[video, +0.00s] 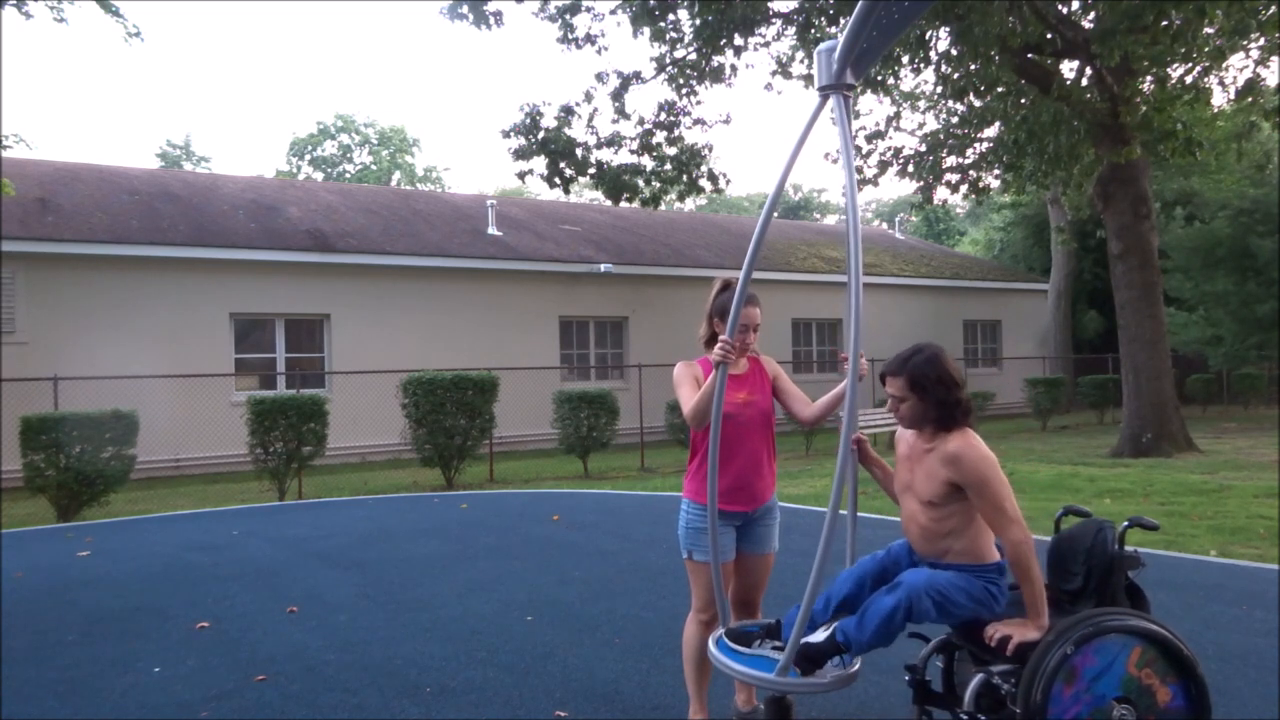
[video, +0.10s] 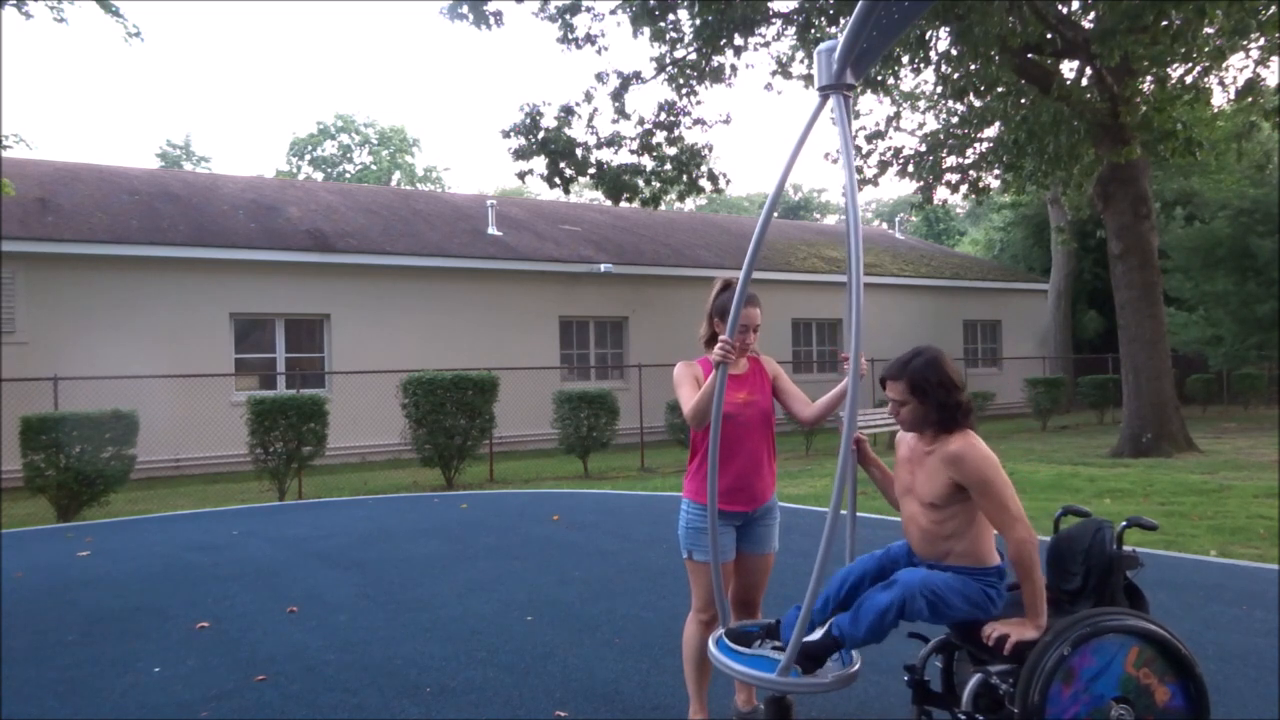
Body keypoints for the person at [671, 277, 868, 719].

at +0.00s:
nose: (748, 337)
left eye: (754, 329)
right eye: (740, 328)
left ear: (759, 326)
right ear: (716, 325)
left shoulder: (764, 365)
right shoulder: (690, 369)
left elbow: (809, 413)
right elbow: (695, 417)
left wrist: (848, 379)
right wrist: (719, 370)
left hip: (760, 507)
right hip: (707, 508)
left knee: (748, 608)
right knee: (706, 614)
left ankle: (745, 696)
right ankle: (697, 708)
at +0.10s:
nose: (748, 337)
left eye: (755, 329)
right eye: (740, 328)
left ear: (760, 327)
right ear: (716, 325)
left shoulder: (764, 365)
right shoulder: (690, 369)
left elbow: (808, 413)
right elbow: (696, 417)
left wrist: (848, 379)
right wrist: (719, 370)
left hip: (760, 506)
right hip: (707, 508)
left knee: (748, 608)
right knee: (706, 614)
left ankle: (746, 696)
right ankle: (697, 709)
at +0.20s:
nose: (748, 338)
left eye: (754, 329)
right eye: (740, 329)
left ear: (759, 327)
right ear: (716, 325)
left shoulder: (764, 365)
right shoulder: (690, 369)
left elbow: (808, 413)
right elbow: (695, 416)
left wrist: (847, 379)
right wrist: (719, 370)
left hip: (760, 506)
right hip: (707, 508)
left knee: (748, 608)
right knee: (706, 614)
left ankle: (746, 696)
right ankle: (697, 709)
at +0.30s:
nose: (747, 338)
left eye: (754, 329)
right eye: (740, 329)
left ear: (759, 327)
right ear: (716, 325)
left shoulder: (764, 365)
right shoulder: (690, 369)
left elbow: (808, 413)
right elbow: (695, 416)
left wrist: (847, 379)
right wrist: (719, 370)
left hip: (761, 506)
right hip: (708, 508)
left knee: (748, 608)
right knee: (706, 614)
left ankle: (746, 696)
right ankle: (698, 709)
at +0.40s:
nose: (747, 338)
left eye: (754, 330)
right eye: (739, 329)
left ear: (759, 327)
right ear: (716, 325)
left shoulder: (764, 365)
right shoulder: (690, 369)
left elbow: (808, 413)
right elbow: (695, 416)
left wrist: (847, 379)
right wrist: (719, 370)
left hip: (761, 506)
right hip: (708, 508)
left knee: (748, 609)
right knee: (708, 615)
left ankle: (746, 697)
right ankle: (697, 709)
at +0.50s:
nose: (747, 338)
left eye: (754, 330)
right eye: (740, 329)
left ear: (760, 327)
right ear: (716, 325)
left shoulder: (764, 365)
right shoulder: (690, 369)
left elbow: (808, 413)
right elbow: (695, 416)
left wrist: (847, 379)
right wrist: (719, 370)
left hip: (762, 506)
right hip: (710, 508)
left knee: (749, 609)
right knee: (710, 616)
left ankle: (746, 697)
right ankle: (698, 710)